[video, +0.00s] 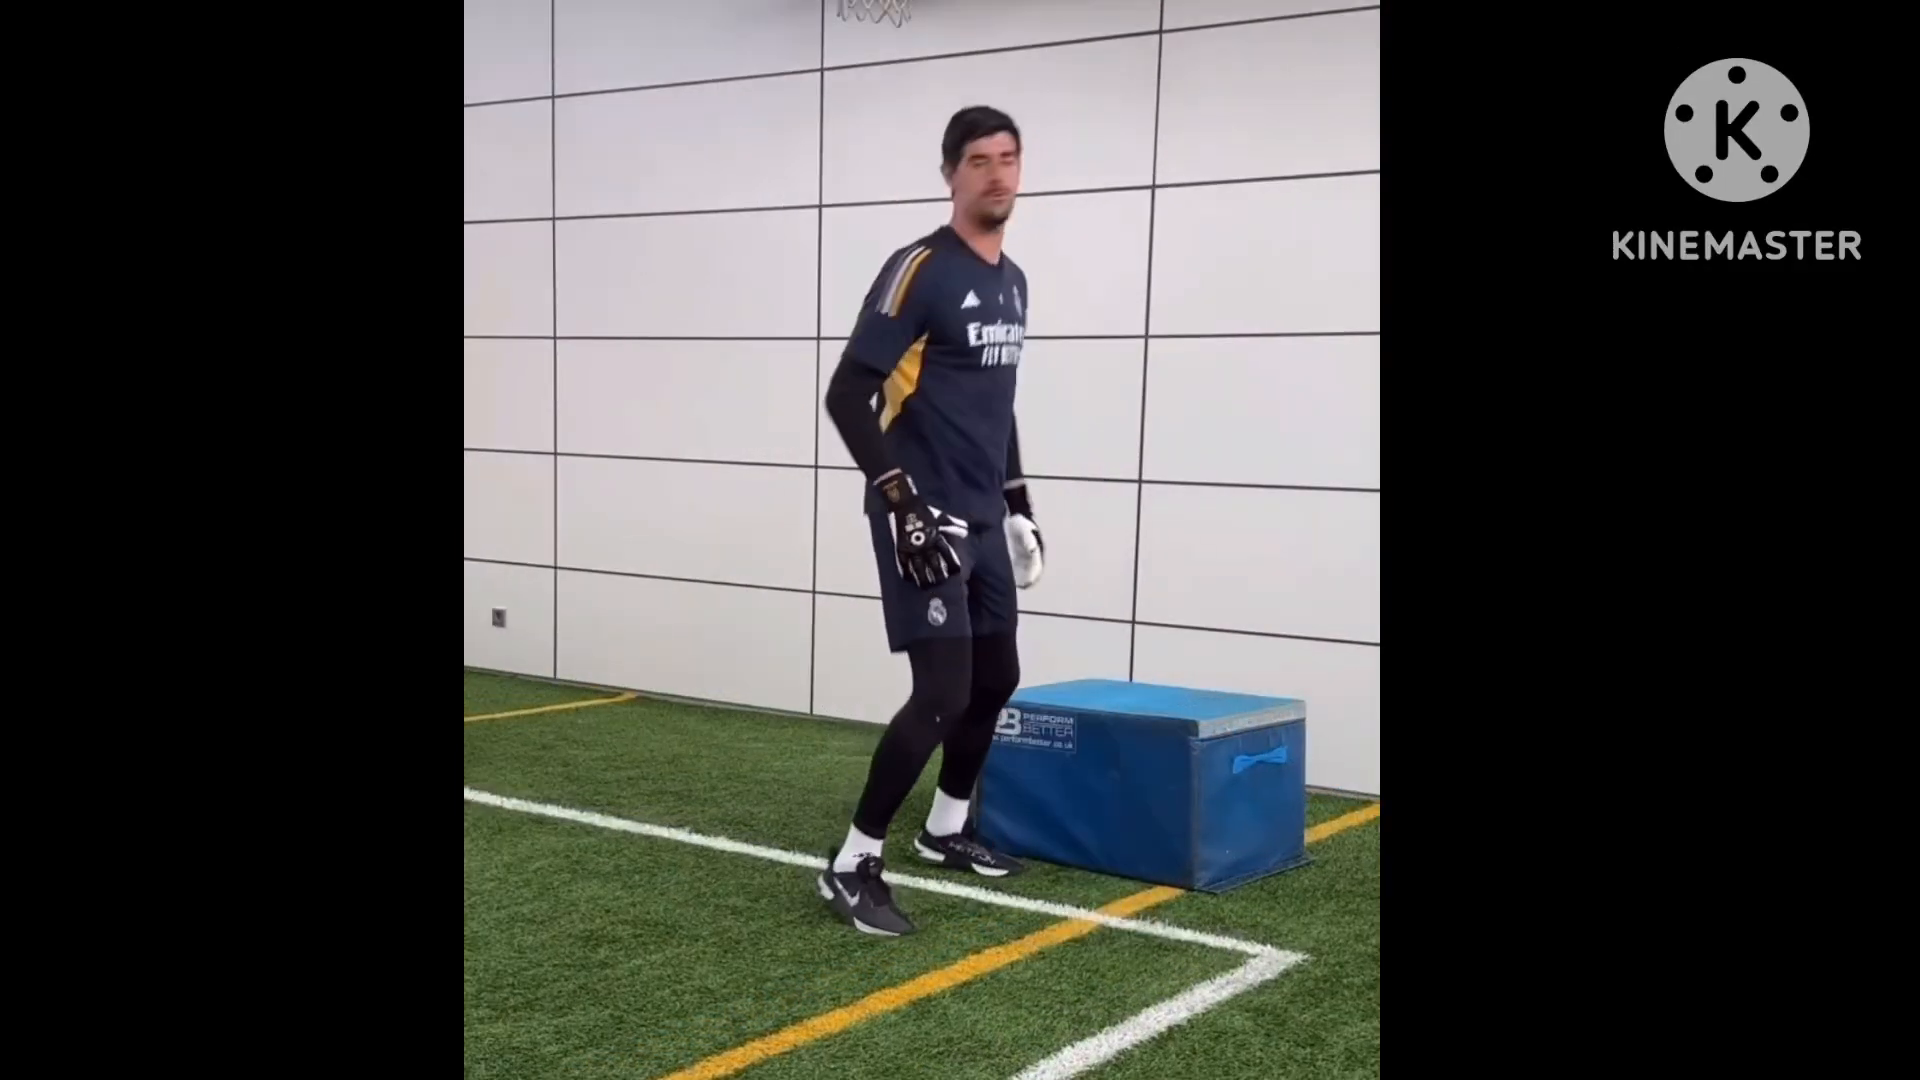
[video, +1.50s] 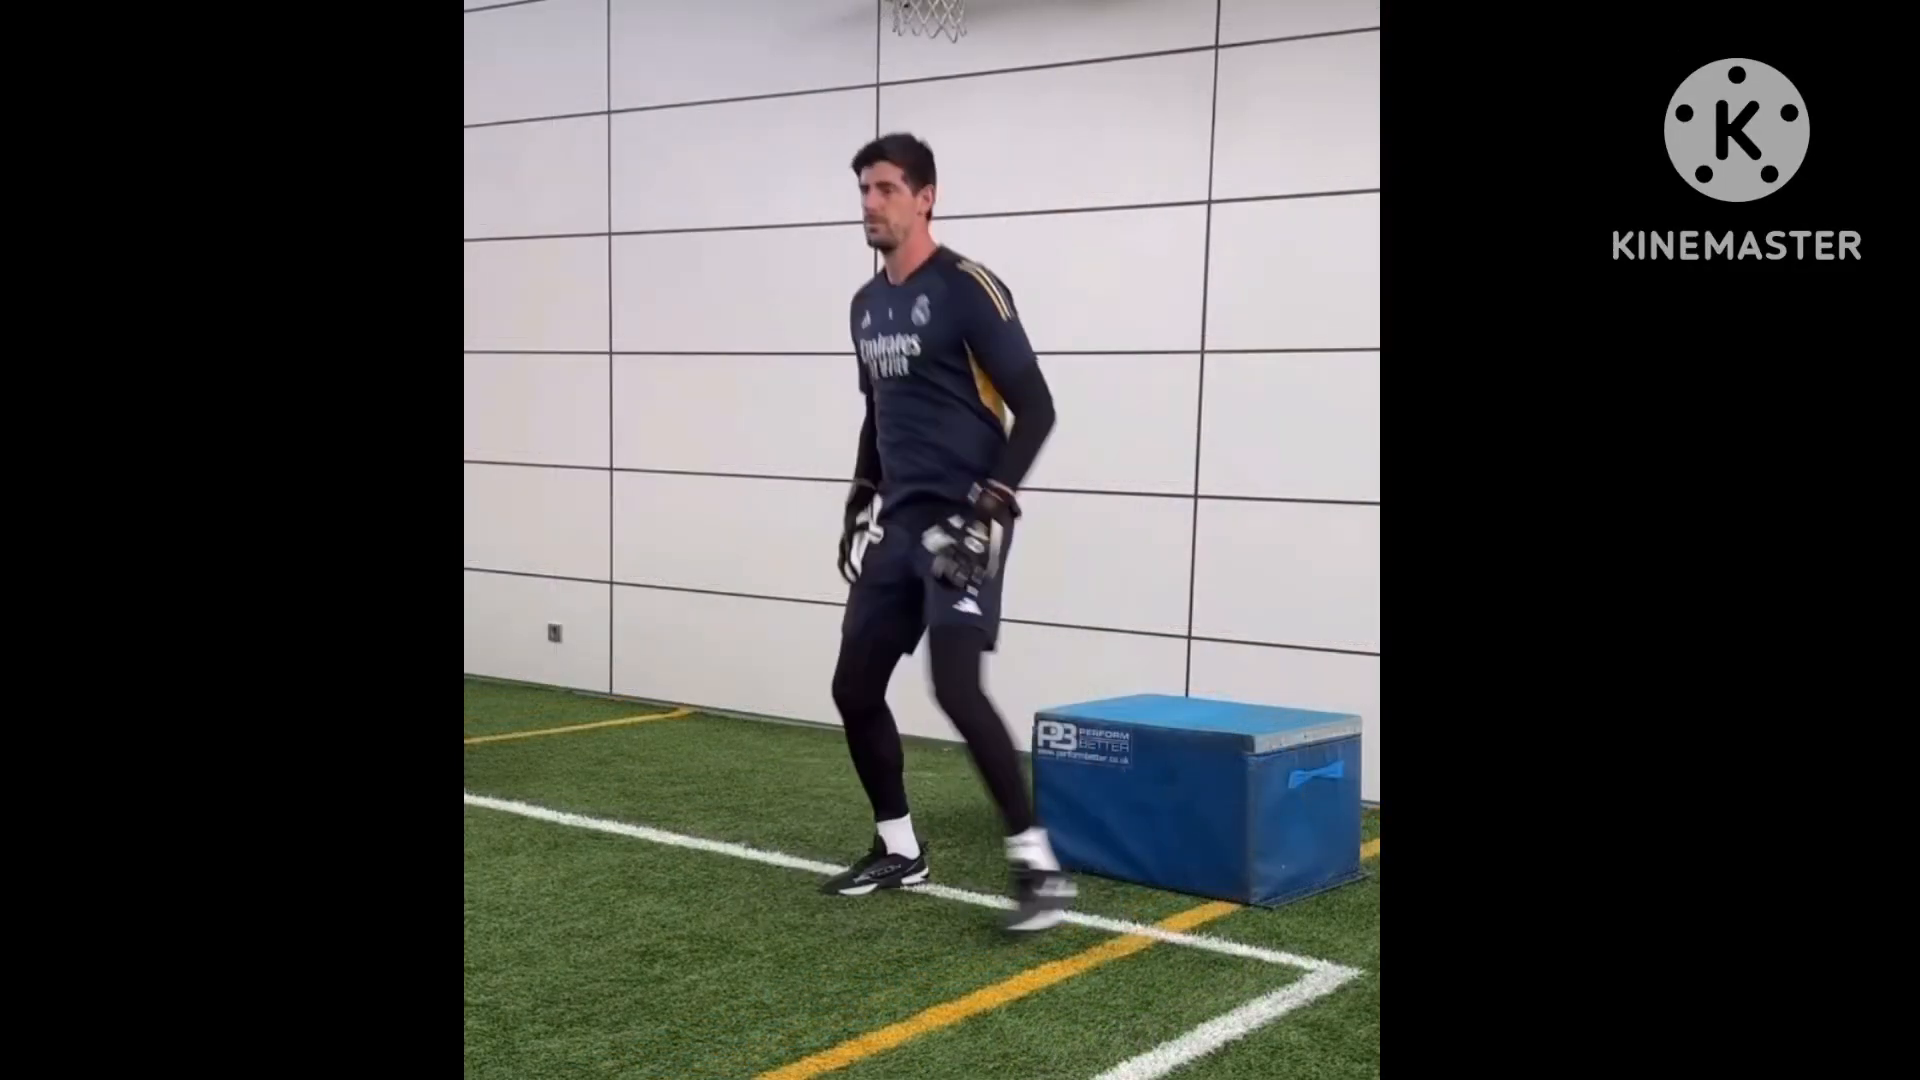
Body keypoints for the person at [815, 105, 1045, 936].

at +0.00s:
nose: (997, 174)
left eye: (1008, 160)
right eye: (979, 162)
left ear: (1022, 172)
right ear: (950, 176)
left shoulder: (1011, 282)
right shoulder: (918, 269)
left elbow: (995, 404)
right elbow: (848, 396)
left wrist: (1016, 505)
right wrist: (907, 504)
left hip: (984, 515)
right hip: (922, 514)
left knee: (995, 679)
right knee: (942, 692)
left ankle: (948, 830)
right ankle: (853, 863)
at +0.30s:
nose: (915, 168)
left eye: (929, 152)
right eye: (906, 154)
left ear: (968, 160)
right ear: (897, 168)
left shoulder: (1025, 270)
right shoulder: (874, 271)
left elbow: (1078, 385)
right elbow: (843, 379)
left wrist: (1067, 502)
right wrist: (843, 486)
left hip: (1001, 504)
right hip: (902, 507)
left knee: (1036, 682)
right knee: (859, 678)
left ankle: (1081, 852)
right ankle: (851, 828)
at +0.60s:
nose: (907, 189)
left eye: (922, 173)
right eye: (899, 175)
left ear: (961, 179)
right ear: (893, 187)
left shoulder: (1012, 276)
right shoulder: (888, 287)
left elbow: (1083, 393)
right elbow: (855, 384)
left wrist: (1008, 449)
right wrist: (821, 436)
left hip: (1000, 519)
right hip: (914, 519)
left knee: (1039, 700)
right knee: (856, 678)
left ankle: (1100, 862)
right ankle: (856, 838)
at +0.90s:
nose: (843, 205)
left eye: (848, 191)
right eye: (846, 191)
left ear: (870, 190)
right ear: (905, 192)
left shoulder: (852, 267)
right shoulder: (943, 276)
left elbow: (837, 381)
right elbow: (972, 411)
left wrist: (792, 436)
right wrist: (924, 452)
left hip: (876, 493)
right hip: (937, 495)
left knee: (846, 655)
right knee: (907, 658)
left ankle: (852, 835)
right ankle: (957, 822)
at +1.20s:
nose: (837, 213)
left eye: (847, 201)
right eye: (840, 201)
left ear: (882, 209)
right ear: (899, 213)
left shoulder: (873, 284)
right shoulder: (944, 294)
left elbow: (876, 406)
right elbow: (961, 421)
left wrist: (828, 500)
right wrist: (876, 492)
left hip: (895, 514)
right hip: (955, 519)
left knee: (811, 688)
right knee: (912, 674)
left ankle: (816, 884)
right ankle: (974, 848)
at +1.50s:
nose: (869, 203)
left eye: (884, 189)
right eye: (863, 190)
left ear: (925, 198)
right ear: (862, 202)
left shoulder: (969, 287)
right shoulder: (867, 305)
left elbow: (1038, 411)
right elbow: (880, 413)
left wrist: (986, 510)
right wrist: (859, 503)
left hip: (965, 519)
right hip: (898, 522)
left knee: (957, 686)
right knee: (855, 686)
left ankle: (1040, 867)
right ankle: (899, 852)